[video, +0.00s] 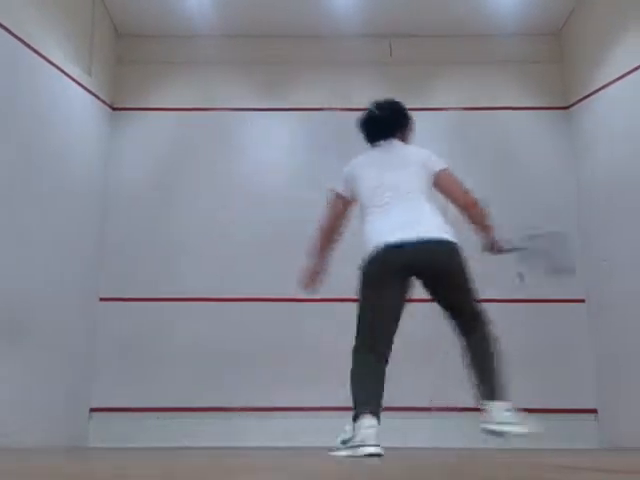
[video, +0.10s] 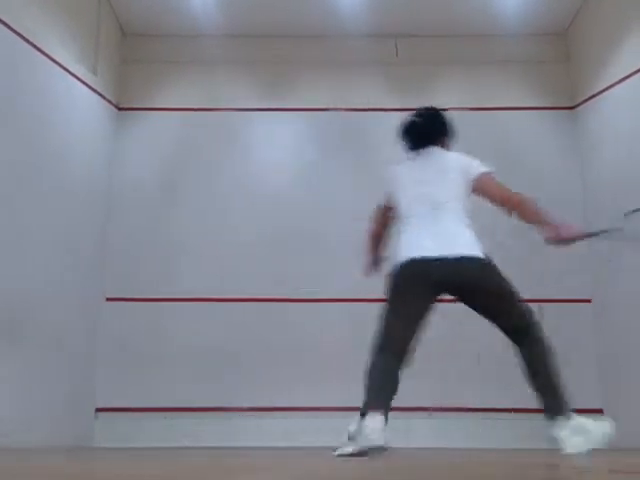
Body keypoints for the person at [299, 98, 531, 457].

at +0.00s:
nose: (412, 132)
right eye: (410, 128)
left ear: (369, 134)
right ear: (404, 130)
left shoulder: (357, 168)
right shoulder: (421, 157)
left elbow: (331, 224)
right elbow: (465, 200)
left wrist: (317, 265)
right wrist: (488, 233)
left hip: (385, 255)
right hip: (437, 249)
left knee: (372, 343)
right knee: (472, 324)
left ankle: (366, 426)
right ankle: (496, 407)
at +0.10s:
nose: (448, 141)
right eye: (446, 136)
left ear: (408, 140)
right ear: (444, 137)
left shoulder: (397, 174)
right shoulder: (460, 163)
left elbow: (378, 224)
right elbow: (507, 198)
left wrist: (374, 259)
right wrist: (552, 225)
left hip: (414, 267)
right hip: (466, 263)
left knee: (391, 347)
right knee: (525, 331)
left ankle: (372, 422)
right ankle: (562, 421)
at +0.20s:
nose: (498, 145)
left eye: (494, 140)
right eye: (495, 140)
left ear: (458, 145)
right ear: (491, 142)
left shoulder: (447, 181)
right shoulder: (500, 169)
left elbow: (419, 221)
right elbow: (558, 204)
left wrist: (400, 254)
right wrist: (614, 221)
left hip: (442, 278)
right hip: (490, 271)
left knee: (433, 364)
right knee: (560, 338)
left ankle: (383, 391)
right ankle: (583, 431)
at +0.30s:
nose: (538, 164)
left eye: (537, 160)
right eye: (537, 159)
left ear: (499, 160)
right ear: (530, 159)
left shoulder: (478, 192)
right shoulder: (531, 183)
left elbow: (443, 233)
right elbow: (590, 219)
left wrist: (407, 260)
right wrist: (638, 224)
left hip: (457, 280)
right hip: (498, 274)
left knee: (471, 372)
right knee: (568, 341)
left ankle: (414, 387)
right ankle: (581, 432)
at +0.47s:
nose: (566, 198)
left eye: (566, 192)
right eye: (565, 192)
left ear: (529, 191)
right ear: (558, 192)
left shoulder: (503, 215)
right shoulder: (557, 213)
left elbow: (465, 248)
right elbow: (598, 248)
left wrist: (424, 266)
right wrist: (638, 254)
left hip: (468, 290)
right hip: (507, 286)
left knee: (491, 347)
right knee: (572, 350)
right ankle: (581, 431)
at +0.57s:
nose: (564, 215)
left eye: (564, 210)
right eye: (563, 210)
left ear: (528, 209)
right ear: (557, 211)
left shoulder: (504, 233)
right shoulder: (558, 233)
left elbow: (468, 256)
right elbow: (590, 271)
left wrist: (429, 267)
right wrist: (628, 284)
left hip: (475, 305)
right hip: (513, 301)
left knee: (496, 362)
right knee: (560, 360)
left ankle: (501, 427)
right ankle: (579, 429)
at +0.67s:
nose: (549, 233)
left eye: (548, 229)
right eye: (548, 229)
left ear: (514, 229)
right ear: (542, 231)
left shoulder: (494, 254)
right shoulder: (547, 255)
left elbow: (458, 281)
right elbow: (574, 301)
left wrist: (422, 293)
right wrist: (615, 329)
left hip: (477, 325)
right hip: (512, 319)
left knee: (501, 371)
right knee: (545, 367)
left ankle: (511, 438)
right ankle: (574, 421)